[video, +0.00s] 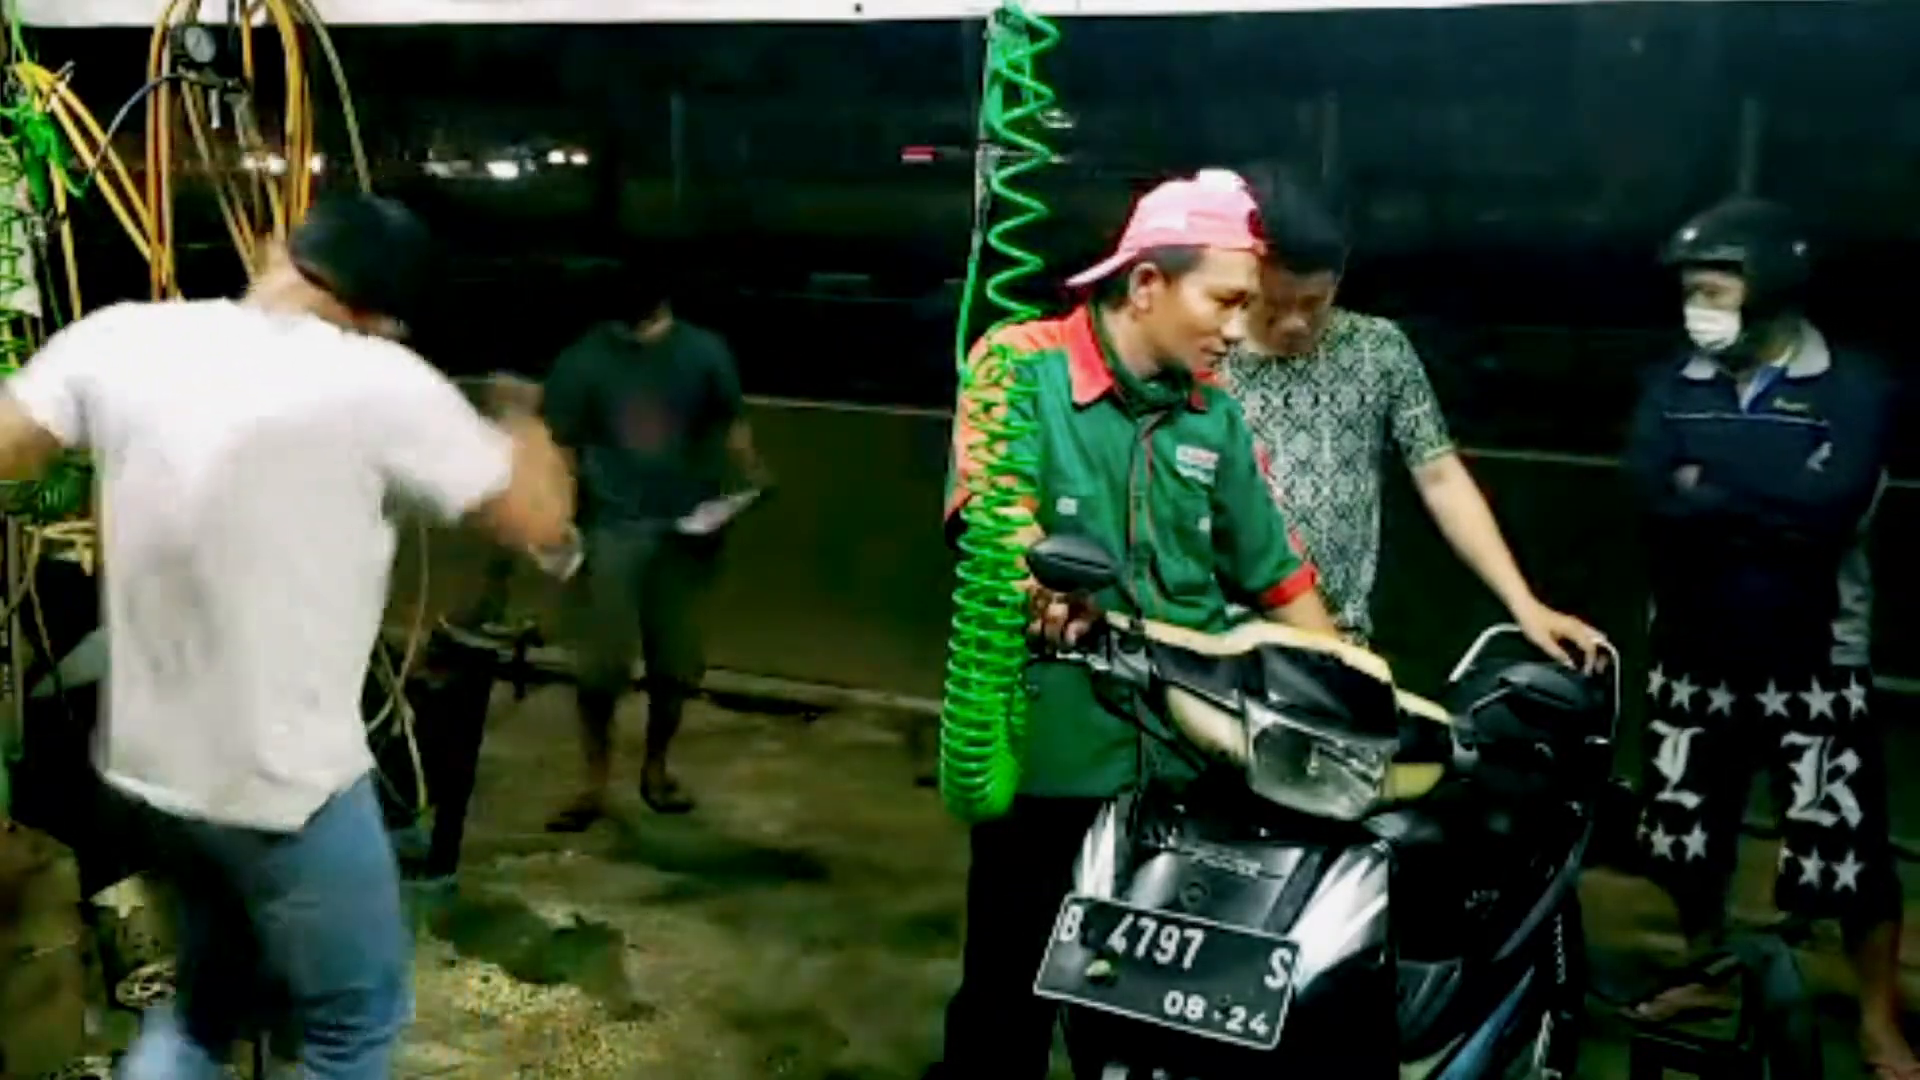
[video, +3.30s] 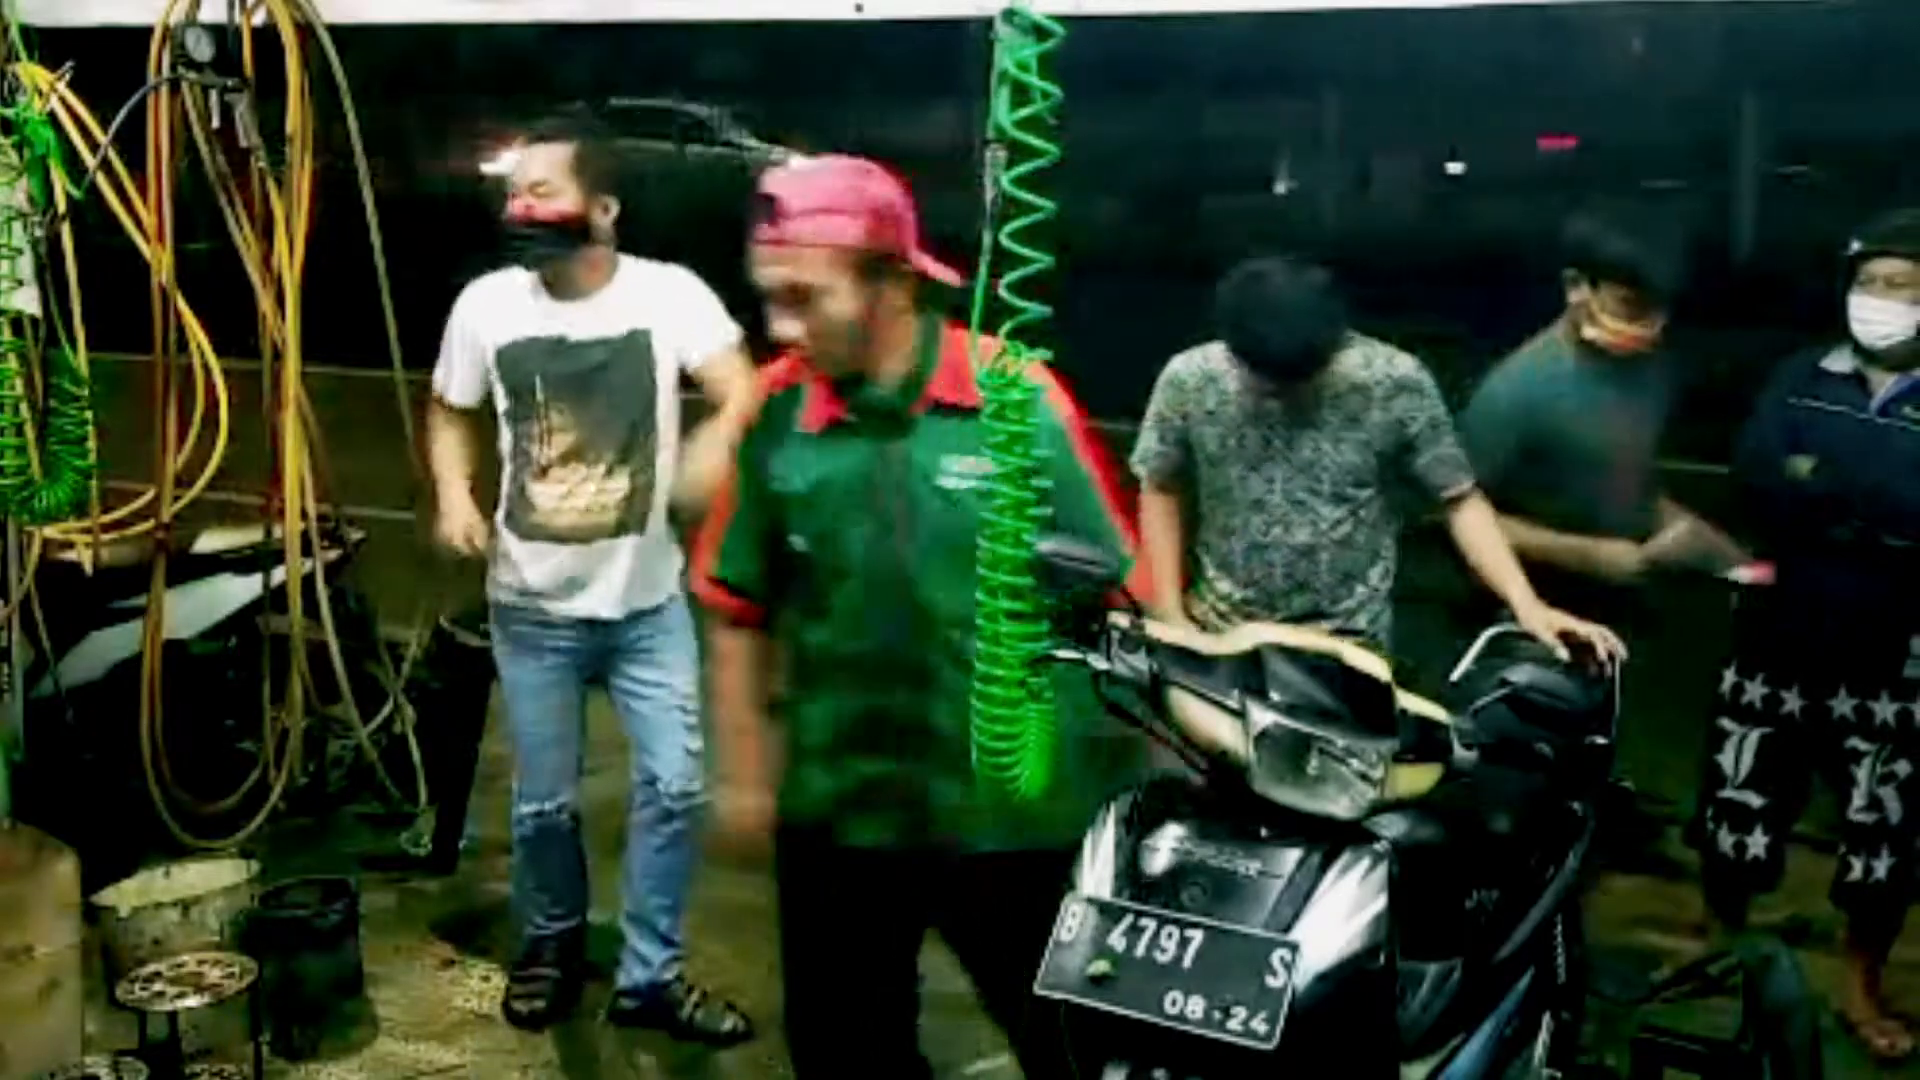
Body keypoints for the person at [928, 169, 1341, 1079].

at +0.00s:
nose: (1236, 329)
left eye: (1245, 308)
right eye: (1225, 302)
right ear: (1148, 285)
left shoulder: (1213, 415)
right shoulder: (1019, 367)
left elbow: (1282, 581)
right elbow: (990, 512)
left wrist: (1354, 689)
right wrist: (1044, 597)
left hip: (1183, 760)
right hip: (1048, 759)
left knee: (1152, 1017)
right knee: (1005, 1016)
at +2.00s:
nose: (1169, 303)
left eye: (1194, 282)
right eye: (1146, 274)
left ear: (1217, 296)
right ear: (1090, 274)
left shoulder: (1215, 412)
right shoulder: (1017, 367)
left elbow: (1282, 584)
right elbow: (987, 509)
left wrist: (1344, 699)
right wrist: (1043, 596)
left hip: (1188, 754)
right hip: (1050, 752)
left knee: (1159, 1009)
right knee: (1007, 1010)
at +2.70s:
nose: (1045, 322)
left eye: (1069, 298)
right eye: (1031, 298)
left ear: (1138, 294)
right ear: (1014, 296)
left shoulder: (1189, 409)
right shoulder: (969, 386)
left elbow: (1283, 588)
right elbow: (943, 557)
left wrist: (1353, 678)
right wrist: (1037, 596)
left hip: (1161, 773)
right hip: (1015, 776)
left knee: (1141, 1036)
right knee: (943, 1025)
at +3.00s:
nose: (952, 335)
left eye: (977, 313)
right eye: (941, 310)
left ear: (1059, 306)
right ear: (927, 300)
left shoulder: (1135, 407)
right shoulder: (902, 407)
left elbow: (1241, 596)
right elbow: (885, 604)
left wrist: (1337, 663)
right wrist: (1012, 648)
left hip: (1121, 774)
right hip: (960, 775)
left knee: (1135, 1023)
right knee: (890, 1018)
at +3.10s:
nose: (903, 345)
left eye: (926, 319)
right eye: (888, 318)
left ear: (1006, 306)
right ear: (873, 308)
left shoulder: (1100, 408)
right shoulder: (861, 418)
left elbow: (1211, 586)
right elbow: (853, 616)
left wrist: (1325, 652)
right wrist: (970, 713)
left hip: (1092, 792)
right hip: (922, 790)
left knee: (1135, 1033)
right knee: (863, 1039)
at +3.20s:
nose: (842, 336)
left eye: (864, 311)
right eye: (829, 312)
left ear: (950, 293)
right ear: (816, 303)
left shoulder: (1054, 404)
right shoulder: (818, 420)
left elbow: (1171, 591)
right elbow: (801, 624)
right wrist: (869, 776)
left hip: (1049, 812)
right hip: (876, 809)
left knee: (1112, 1051)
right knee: (847, 1056)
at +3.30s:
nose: (781, 328)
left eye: (800, 301)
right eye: (771, 302)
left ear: (888, 288)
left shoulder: (1016, 400)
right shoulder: (779, 418)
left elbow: (1112, 577)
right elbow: (734, 610)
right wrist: (742, 779)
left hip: (1011, 817)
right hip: (840, 819)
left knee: (1071, 1054)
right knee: (843, 1058)